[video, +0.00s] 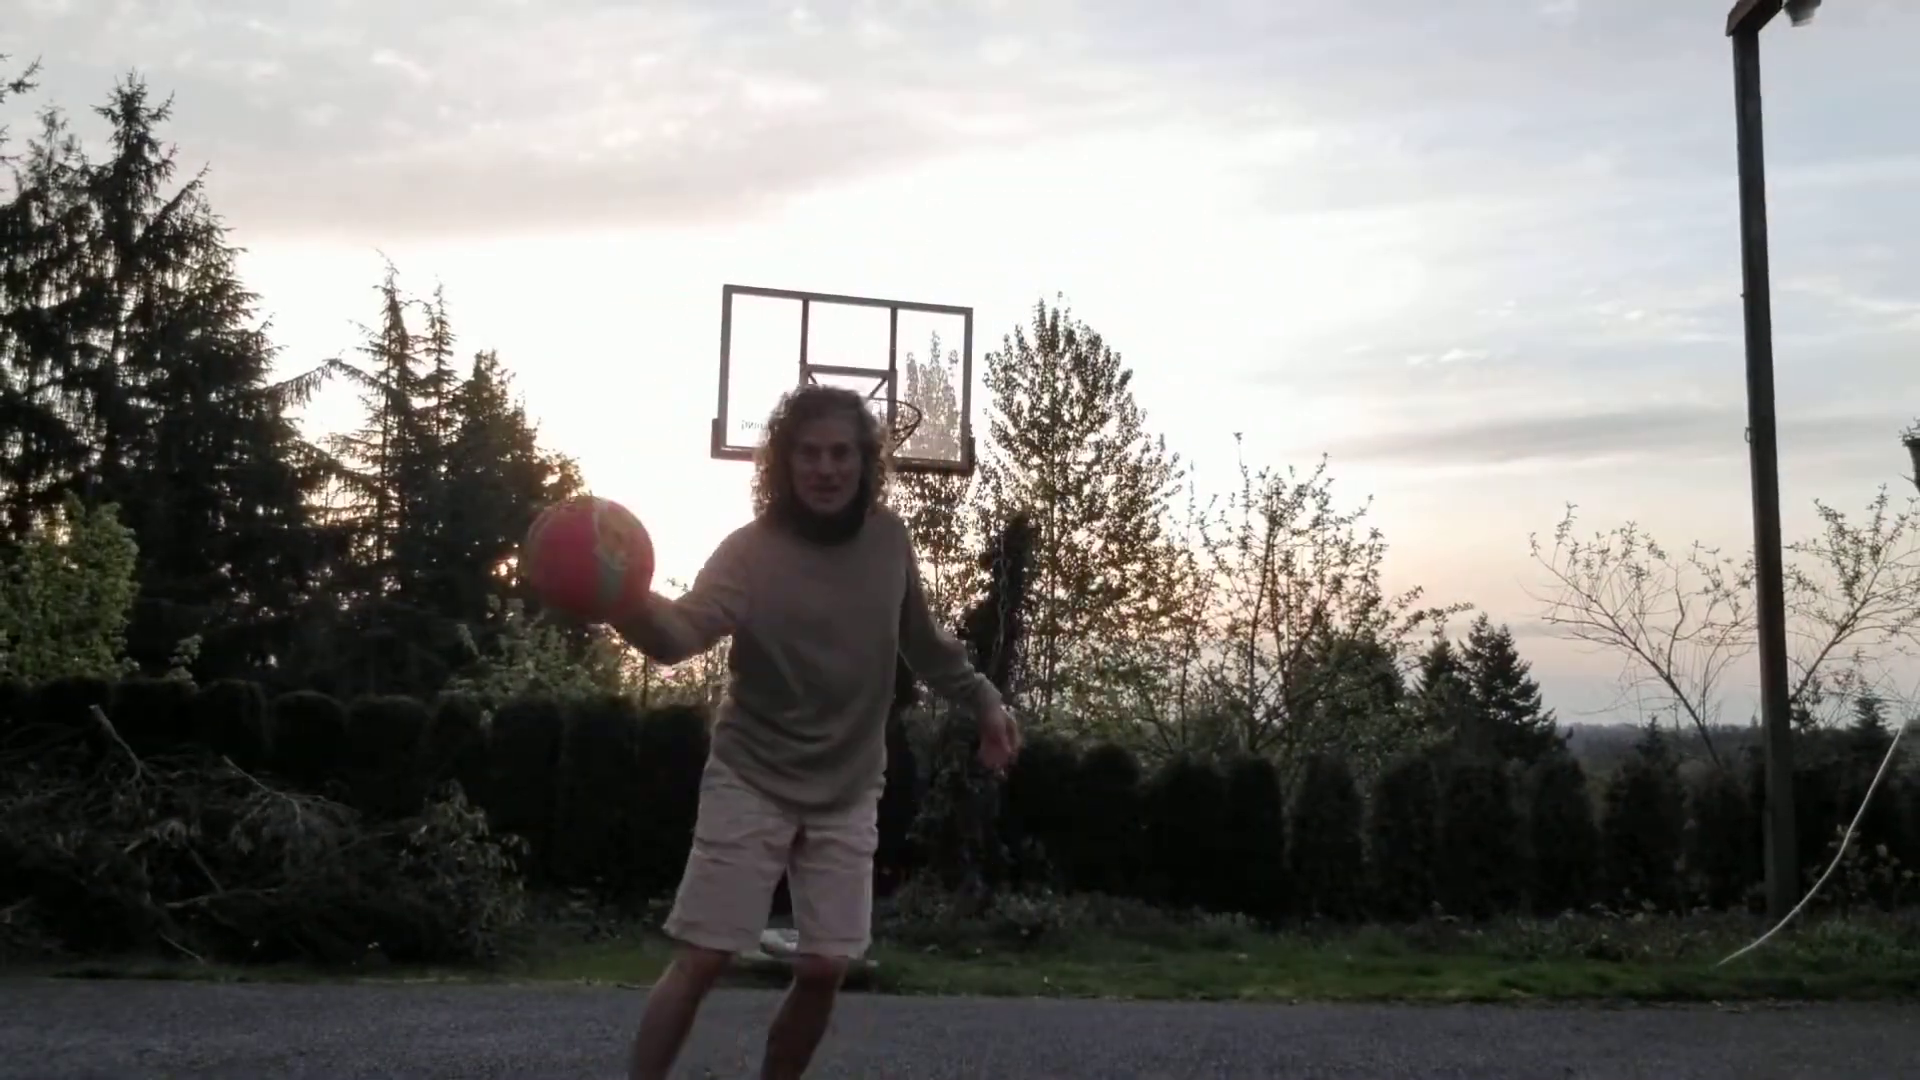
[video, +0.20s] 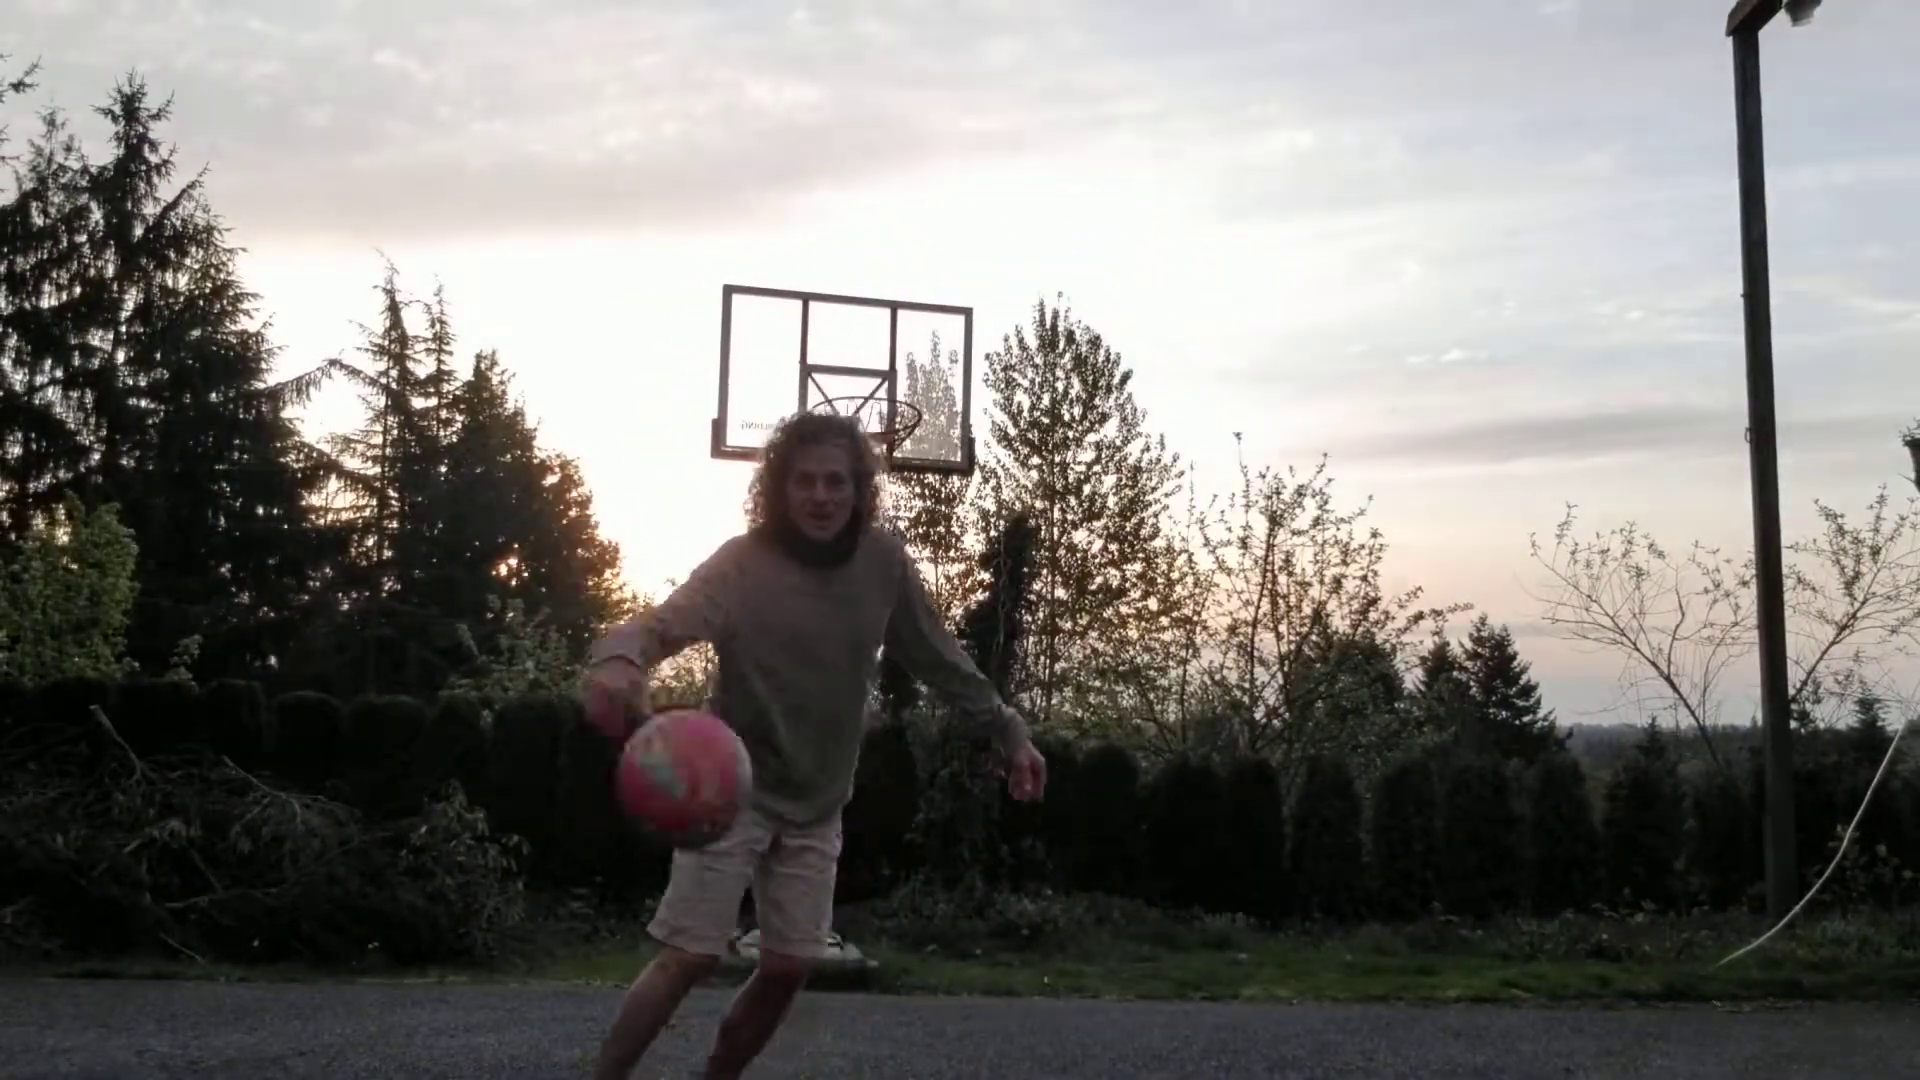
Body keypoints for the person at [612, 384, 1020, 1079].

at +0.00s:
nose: (826, 468)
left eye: (843, 452)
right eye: (809, 452)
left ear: (866, 462)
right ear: (784, 462)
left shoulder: (887, 540)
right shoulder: (752, 551)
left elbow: (923, 639)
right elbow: (676, 636)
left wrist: (984, 699)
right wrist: (611, 588)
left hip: (848, 792)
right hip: (750, 781)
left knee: (825, 971)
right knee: (705, 956)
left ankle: (776, 1077)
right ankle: (642, 1076)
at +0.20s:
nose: (821, 495)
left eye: (837, 481)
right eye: (805, 480)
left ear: (859, 491)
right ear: (779, 488)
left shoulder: (883, 564)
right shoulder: (744, 564)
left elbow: (937, 655)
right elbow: (660, 627)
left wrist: (1011, 731)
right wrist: (618, 659)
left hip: (819, 807)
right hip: (733, 793)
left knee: (787, 970)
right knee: (690, 957)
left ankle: (717, 1076)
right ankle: (607, 1072)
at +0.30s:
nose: (832, 510)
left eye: (848, 496)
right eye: (818, 493)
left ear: (871, 502)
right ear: (790, 495)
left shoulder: (889, 578)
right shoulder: (752, 568)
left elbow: (953, 672)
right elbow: (662, 660)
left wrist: (1031, 757)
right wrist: (641, 738)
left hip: (804, 804)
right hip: (722, 783)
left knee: (774, 985)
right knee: (686, 957)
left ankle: (700, 1073)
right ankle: (604, 1073)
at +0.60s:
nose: (899, 522)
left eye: (912, 507)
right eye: (883, 506)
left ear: (930, 507)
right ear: (853, 503)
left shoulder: (946, 586)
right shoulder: (798, 570)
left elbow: (979, 675)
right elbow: (717, 668)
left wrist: (1003, 733)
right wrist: (669, 762)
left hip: (841, 795)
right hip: (770, 771)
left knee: (814, 963)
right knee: (776, 954)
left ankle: (718, 1073)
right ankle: (686, 1074)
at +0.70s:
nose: (934, 518)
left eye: (949, 503)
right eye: (917, 502)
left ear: (968, 505)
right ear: (887, 499)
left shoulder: (985, 581)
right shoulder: (834, 565)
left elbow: (1004, 672)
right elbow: (749, 653)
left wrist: (1016, 710)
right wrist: (689, 737)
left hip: (877, 787)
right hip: (806, 767)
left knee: (850, 960)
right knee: (831, 954)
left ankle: (746, 1068)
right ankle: (735, 1073)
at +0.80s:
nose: (984, 516)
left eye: (998, 501)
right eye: (968, 500)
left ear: (1015, 504)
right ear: (937, 498)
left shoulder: (1030, 583)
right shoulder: (879, 565)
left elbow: (1045, 686)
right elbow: (787, 643)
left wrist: (1042, 732)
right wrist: (704, 708)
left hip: (923, 778)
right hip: (850, 761)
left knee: (909, 955)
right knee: (878, 951)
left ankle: (827, 1071)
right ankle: (809, 1075)